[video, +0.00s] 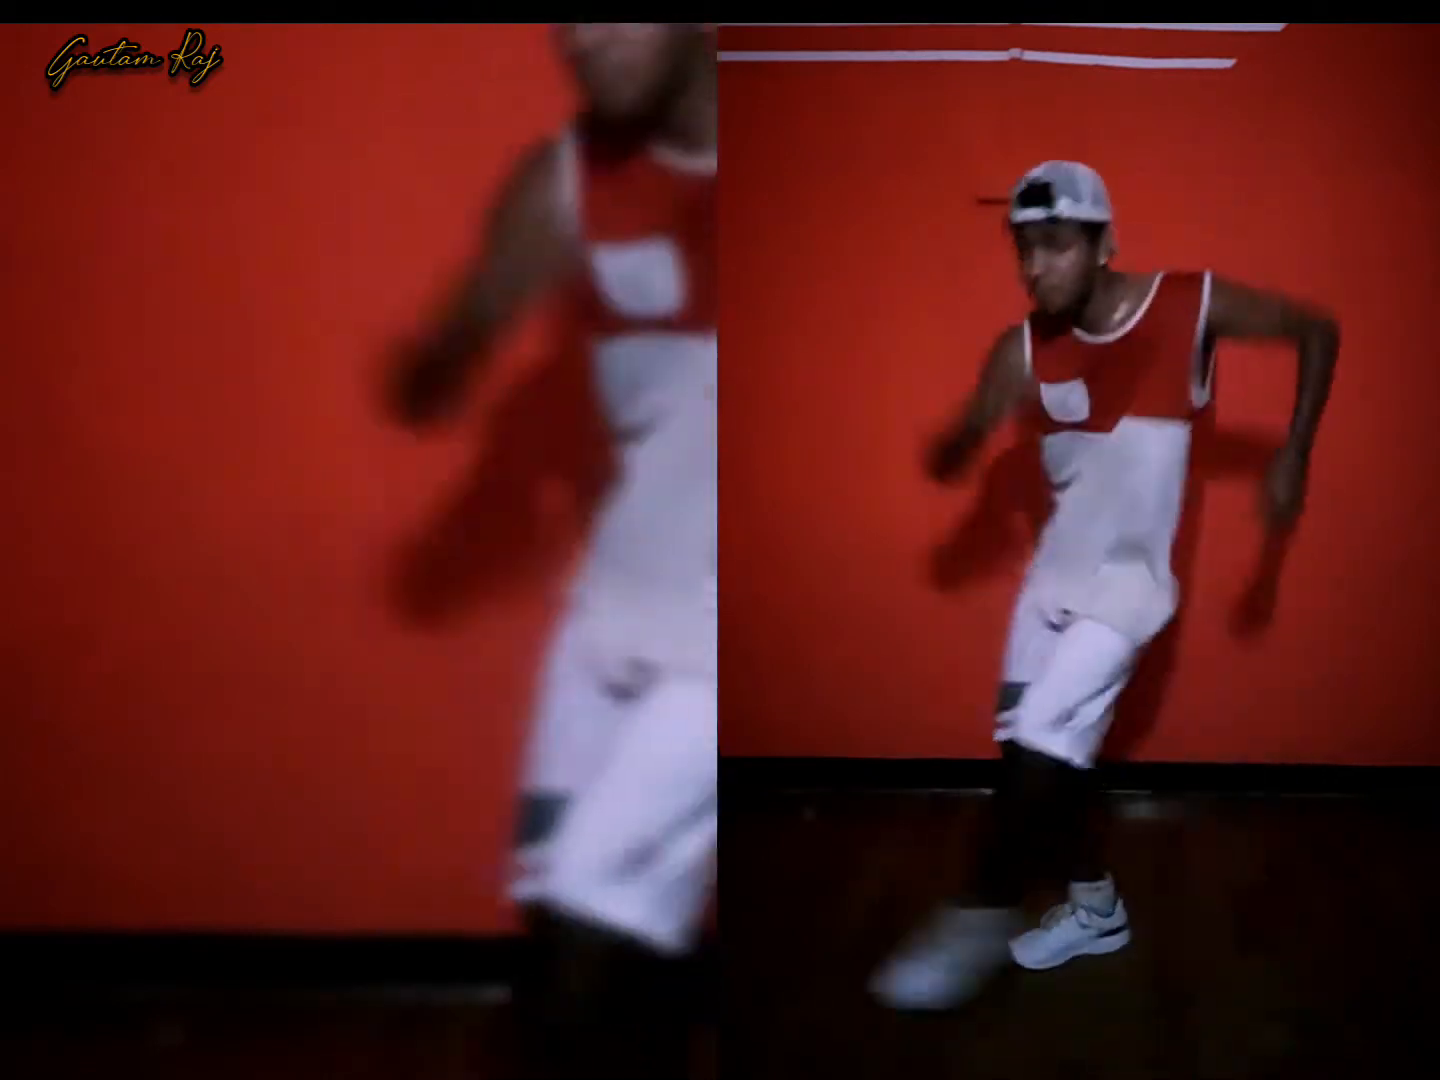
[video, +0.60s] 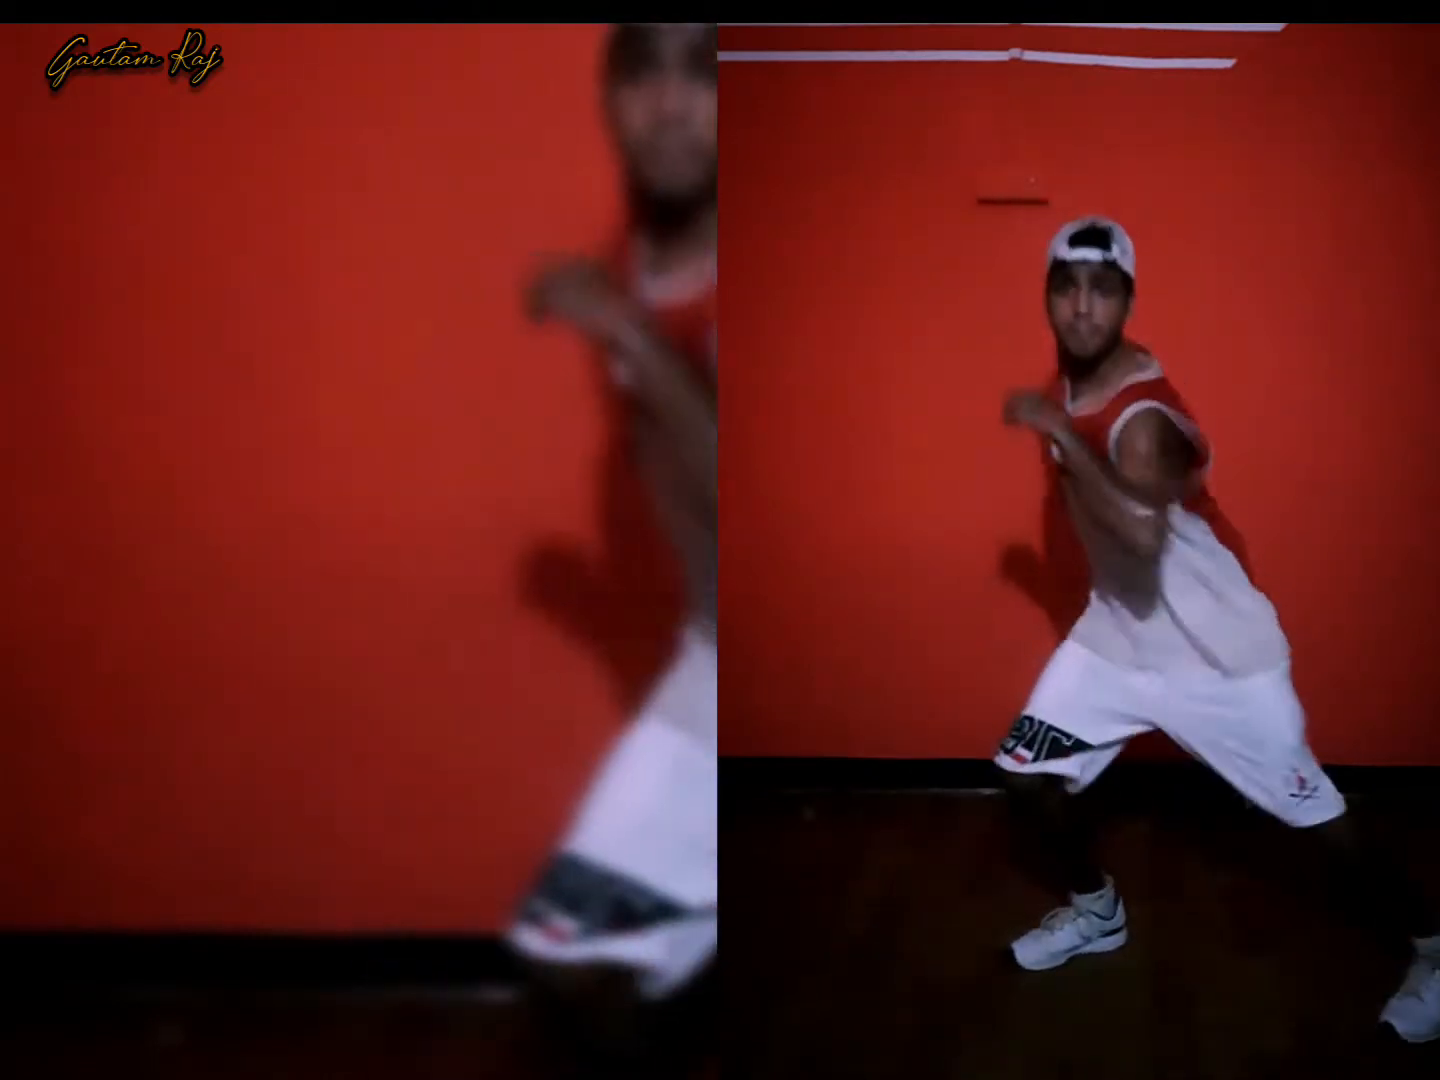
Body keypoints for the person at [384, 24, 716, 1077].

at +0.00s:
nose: (590, 45)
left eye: (618, 22)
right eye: (578, 26)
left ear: (693, 27)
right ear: (566, 42)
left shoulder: (777, 163)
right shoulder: (568, 175)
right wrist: (481, 305)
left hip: (738, 618)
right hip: (619, 599)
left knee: (601, 906)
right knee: (556, 900)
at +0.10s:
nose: (632, 51)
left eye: (662, 26)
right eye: (617, 30)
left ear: (725, 39)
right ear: (599, 47)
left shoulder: (791, 196)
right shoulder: (563, 193)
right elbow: (308, 304)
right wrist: (412, 260)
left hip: (697, 647)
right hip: (549, 623)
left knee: (478, 964)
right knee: (467, 961)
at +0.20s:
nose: (639, 51)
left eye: (669, 28)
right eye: (617, 30)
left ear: (724, 46)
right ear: (591, 50)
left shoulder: (777, 209)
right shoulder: (539, 192)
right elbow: (341, 348)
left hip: (684, 685)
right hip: (537, 665)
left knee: (481, 971)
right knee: (396, 937)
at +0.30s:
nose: (623, 65)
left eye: (657, 36)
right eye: (598, 39)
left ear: (712, 58)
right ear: (568, 61)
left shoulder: (768, 209)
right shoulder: (531, 211)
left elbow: (836, 408)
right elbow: (456, 419)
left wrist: (757, 525)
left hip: (728, 632)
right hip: (588, 627)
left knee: (606, 895)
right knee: (502, 897)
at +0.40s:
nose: (626, 59)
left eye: (659, 32)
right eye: (599, 32)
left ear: (712, 56)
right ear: (567, 53)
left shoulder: (784, 204)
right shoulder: (553, 186)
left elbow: (789, 476)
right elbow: (539, 392)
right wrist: (544, 609)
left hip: (786, 562)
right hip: (664, 563)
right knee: (573, 883)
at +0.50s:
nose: (640, 53)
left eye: (670, 28)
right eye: (614, 29)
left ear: (720, 46)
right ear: (583, 49)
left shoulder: (765, 226)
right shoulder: (606, 170)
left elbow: (736, 496)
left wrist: (580, 351)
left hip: (745, 611)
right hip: (680, 610)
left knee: (581, 919)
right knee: (576, 920)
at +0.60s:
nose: (669, 104)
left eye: (701, 71)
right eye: (641, 71)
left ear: (741, 99)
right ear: (607, 102)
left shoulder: (773, 277)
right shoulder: (633, 279)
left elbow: (743, 508)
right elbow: (694, 510)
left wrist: (633, 338)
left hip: (750, 647)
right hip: (714, 649)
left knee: (589, 936)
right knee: (585, 937)